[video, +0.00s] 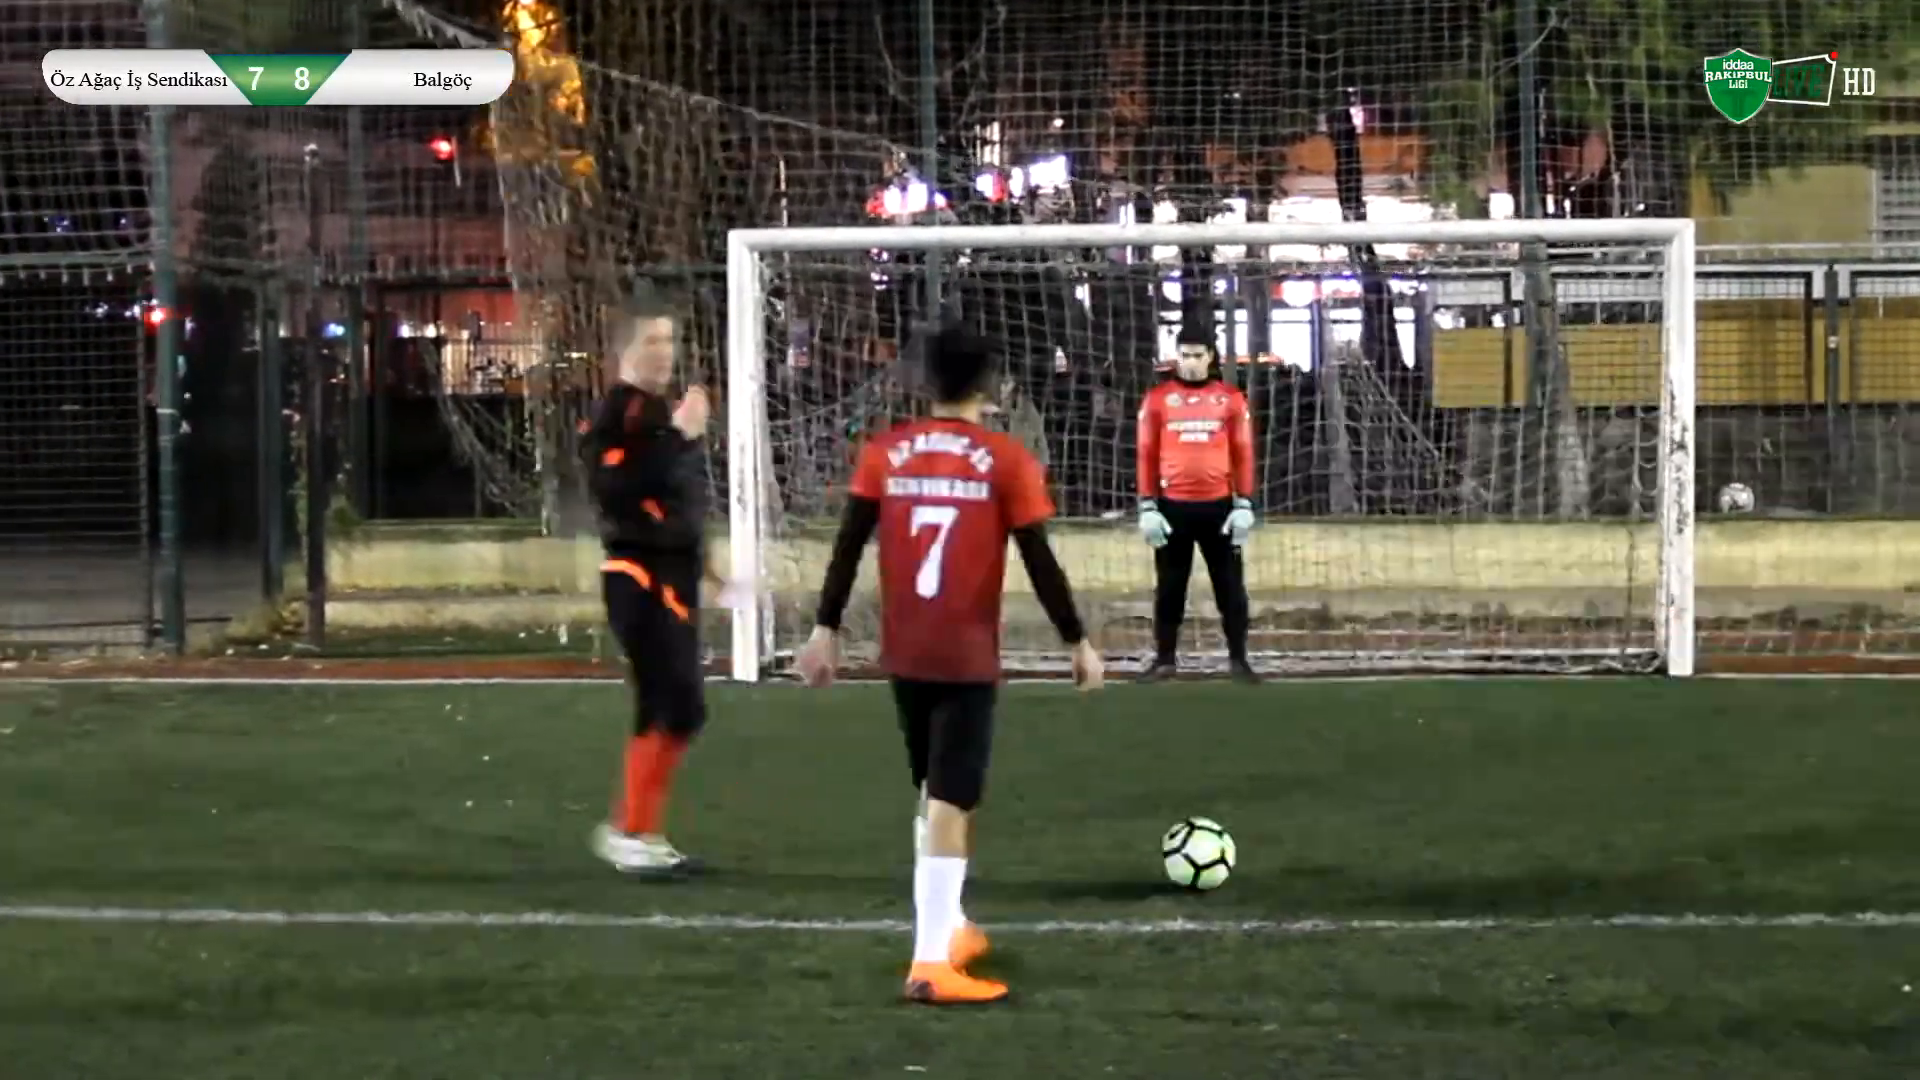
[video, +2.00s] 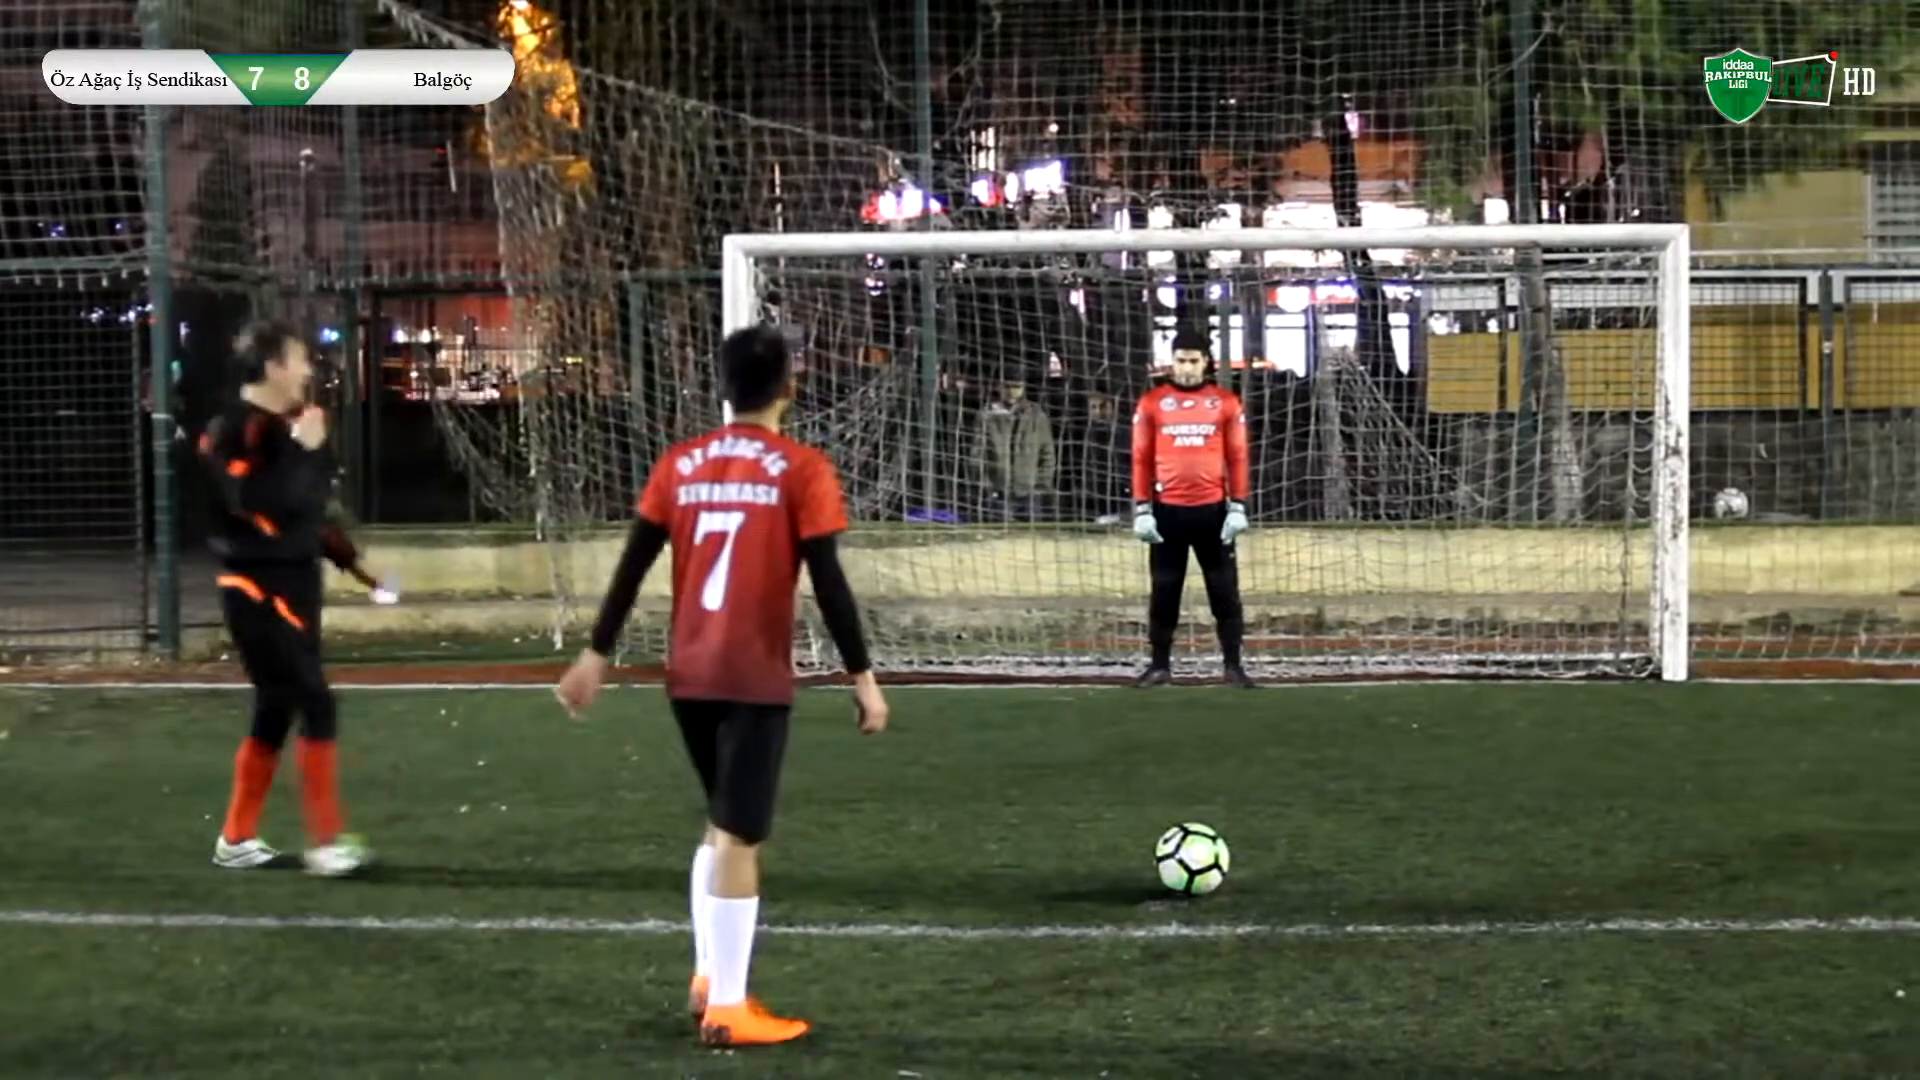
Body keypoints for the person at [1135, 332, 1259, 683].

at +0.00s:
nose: (1191, 363)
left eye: (1198, 356)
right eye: (1185, 355)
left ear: (1211, 358)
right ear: (1176, 357)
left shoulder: (1230, 398)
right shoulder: (1156, 400)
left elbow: (1244, 452)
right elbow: (1146, 453)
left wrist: (1244, 501)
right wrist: (1147, 503)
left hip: (1219, 504)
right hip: (1172, 504)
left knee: (1231, 589)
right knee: (1169, 589)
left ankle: (1239, 658)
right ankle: (1165, 658)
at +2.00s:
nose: (1187, 368)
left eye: (1194, 360)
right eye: (1180, 360)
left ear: (1206, 363)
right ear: (1171, 364)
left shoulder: (1226, 402)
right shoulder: (1151, 403)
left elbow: (1238, 456)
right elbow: (1141, 458)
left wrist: (1238, 504)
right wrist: (1142, 507)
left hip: (1213, 509)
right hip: (1167, 510)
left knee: (1225, 592)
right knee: (1164, 592)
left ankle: (1233, 664)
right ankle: (1159, 664)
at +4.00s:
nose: (1188, 363)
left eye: (1195, 356)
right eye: (1182, 356)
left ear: (1209, 359)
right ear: (1174, 359)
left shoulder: (1229, 402)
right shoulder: (1154, 402)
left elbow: (1240, 456)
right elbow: (1144, 456)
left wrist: (1239, 505)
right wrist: (1146, 505)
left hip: (1216, 507)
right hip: (1169, 508)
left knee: (1228, 589)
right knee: (1166, 590)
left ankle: (1236, 662)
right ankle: (1162, 661)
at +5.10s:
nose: (1197, 367)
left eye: (1204, 360)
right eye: (1191, 360)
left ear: (1216, 363)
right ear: (1182, 363)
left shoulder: (1237, 404)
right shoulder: (1161, 404)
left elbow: (1246, 457)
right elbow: (1150, 458)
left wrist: (1246, 506)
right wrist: (1153, 509)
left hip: (1225, 510)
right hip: (1178, 511)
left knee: (1245, 586)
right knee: (1169, 590)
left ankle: (1244, 659)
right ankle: (1163, 661)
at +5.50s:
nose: (1205, 381)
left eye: (1212, 374)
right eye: (1198, 374)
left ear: (1223, 375)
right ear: (1187, 375)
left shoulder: (1243, 415)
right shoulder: (1168, 415)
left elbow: (1252, 472)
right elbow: (1158, 472)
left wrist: (1253, 521)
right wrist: (1157, 523)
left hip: (1231, 516)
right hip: (1185, 516)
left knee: (1255, 589)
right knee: (1167, 593)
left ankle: (1256, 660)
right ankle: (1159, 664)